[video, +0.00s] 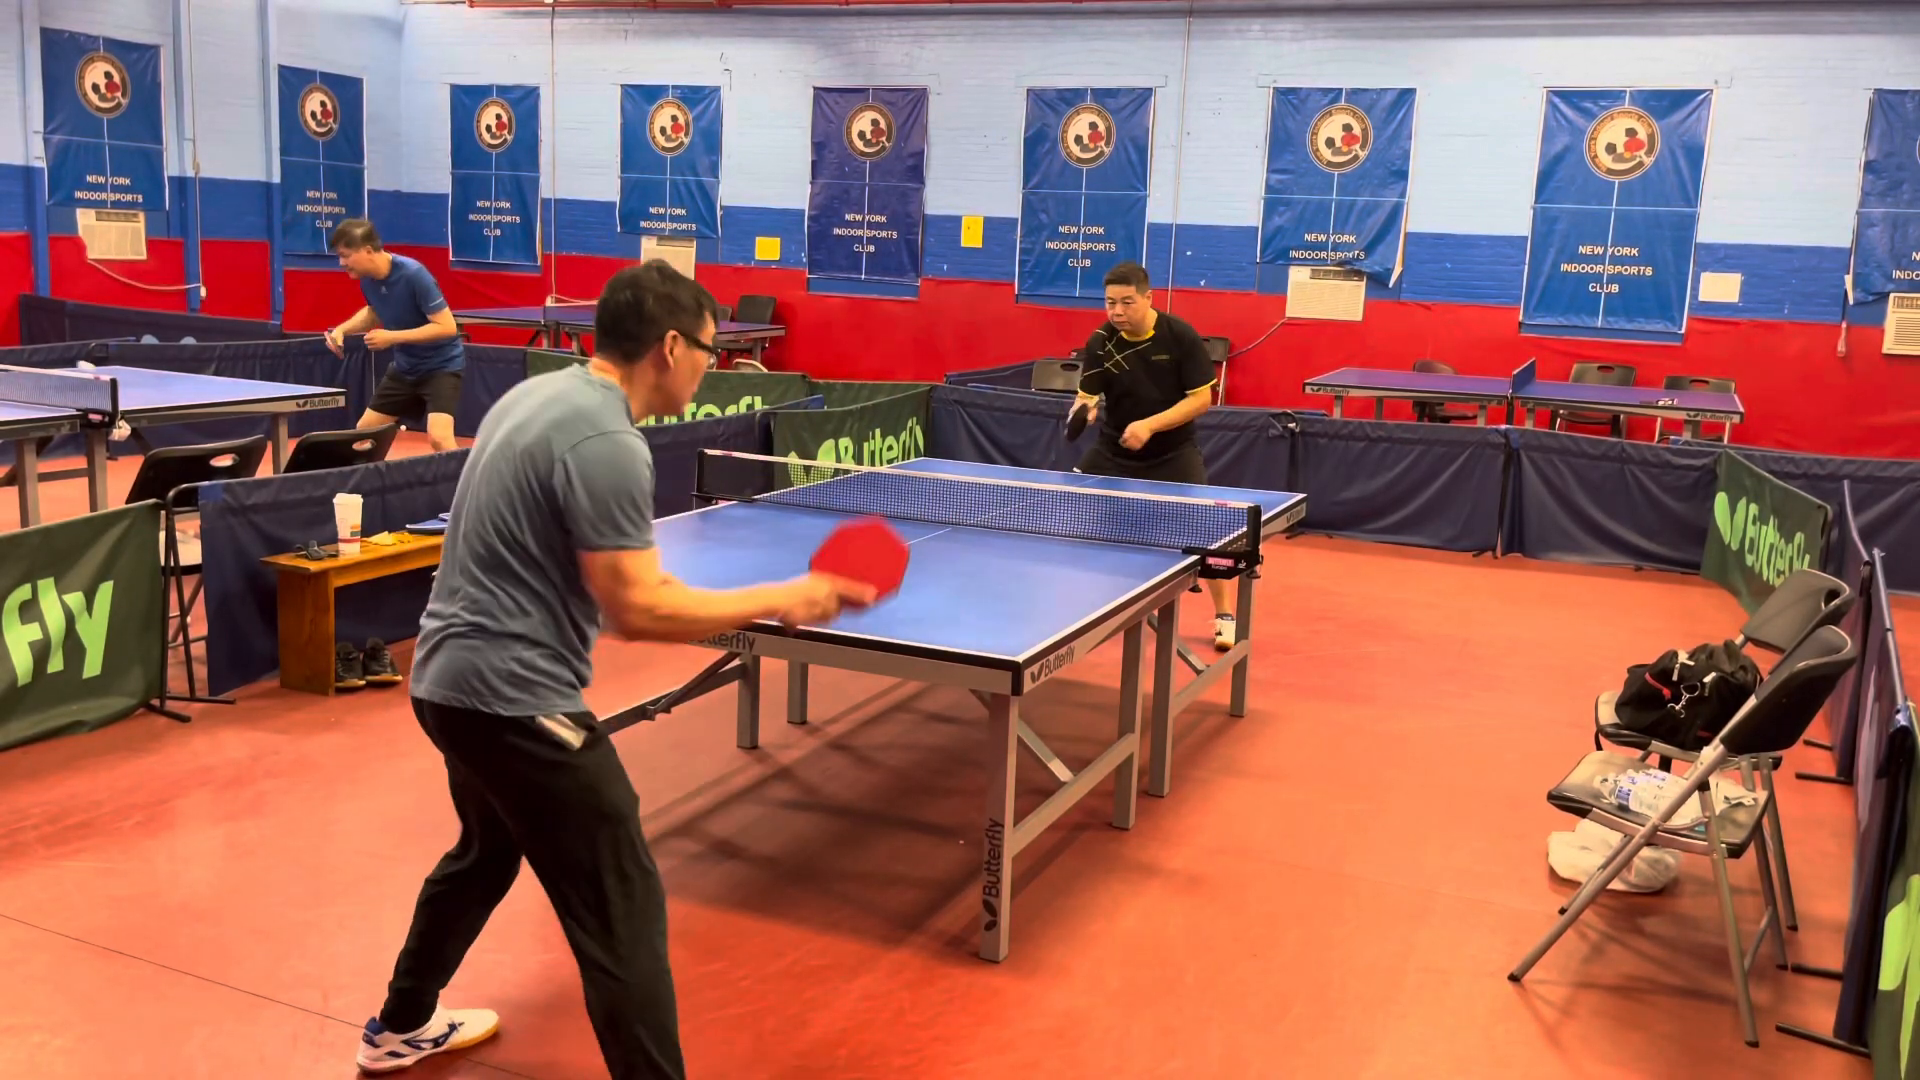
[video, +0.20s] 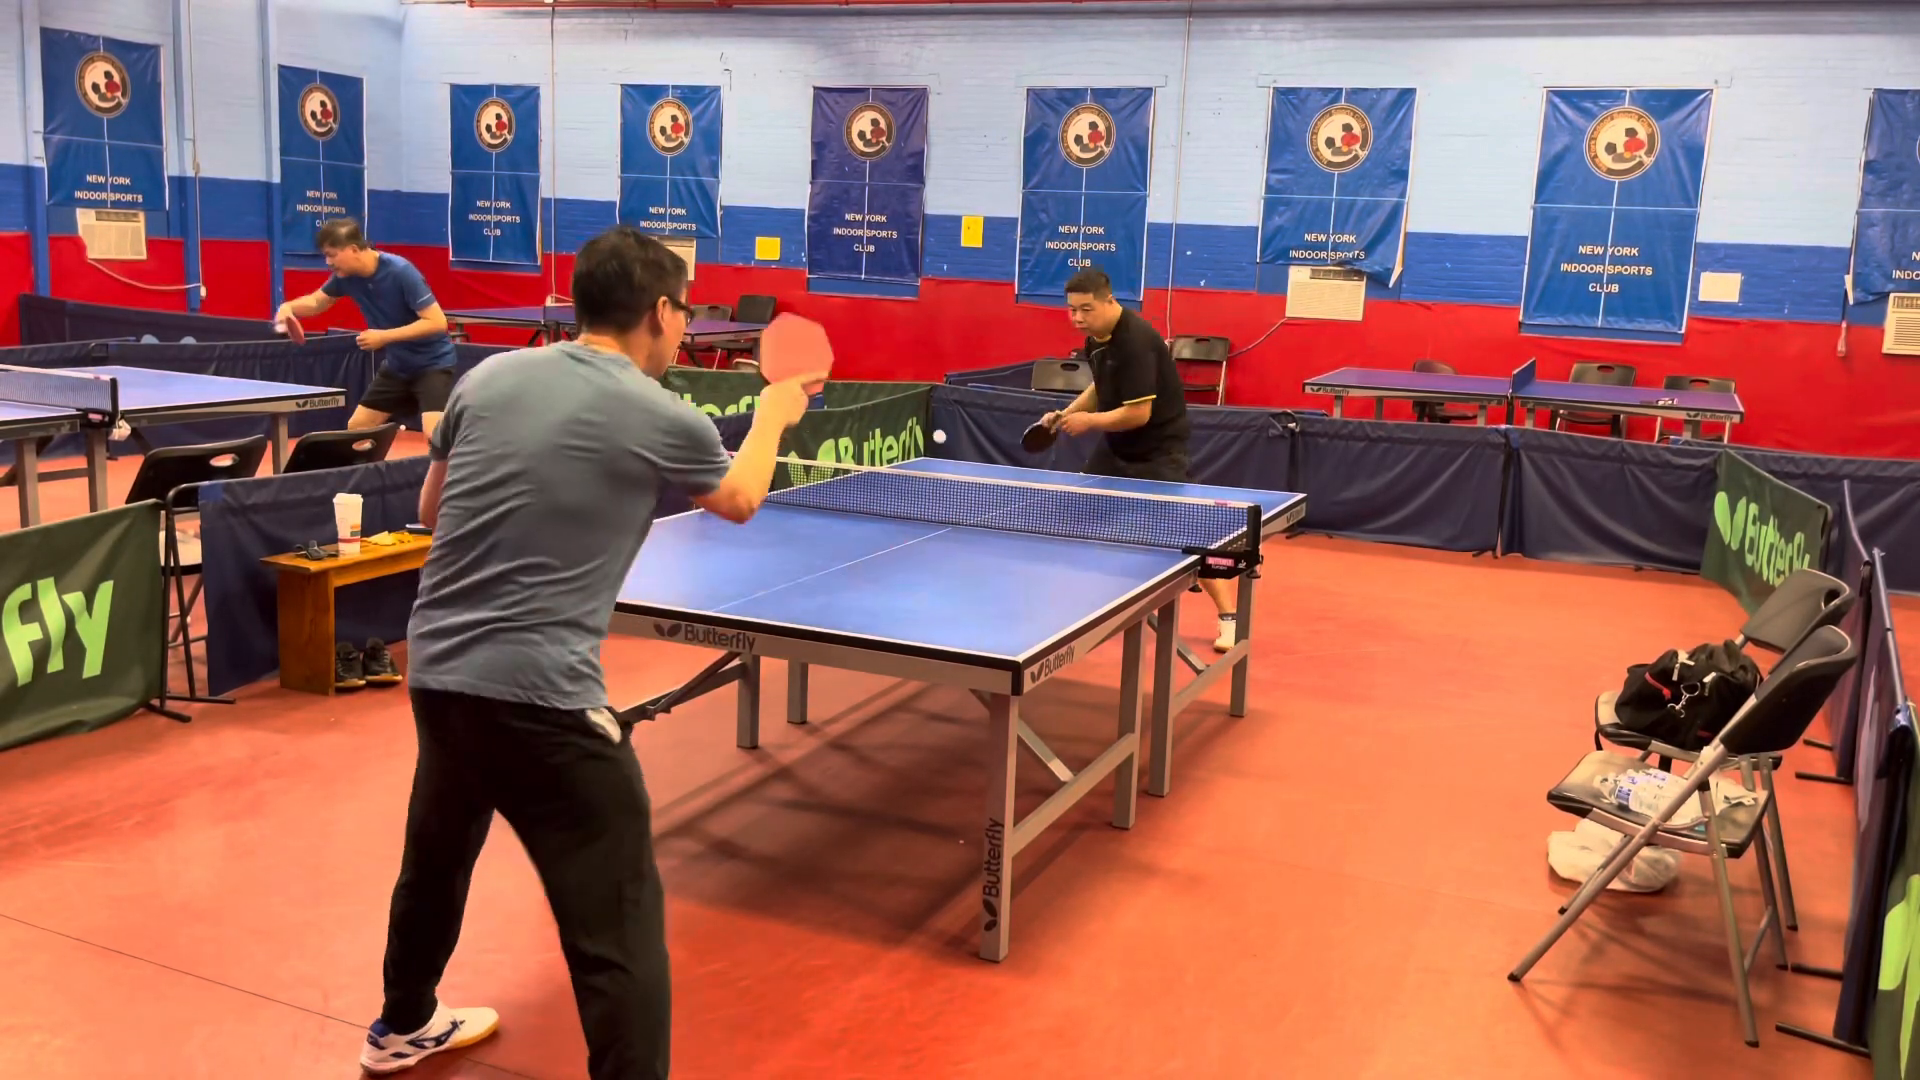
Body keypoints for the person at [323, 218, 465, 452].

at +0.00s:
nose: (342, 264)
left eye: (345, 256)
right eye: (340, 257)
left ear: (368, 251)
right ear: (366, 252)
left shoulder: (415, 274)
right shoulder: (368, 281)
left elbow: (447, 327)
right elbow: (375, 312)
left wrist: (393, 337)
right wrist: (342, 330)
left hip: (442, 365)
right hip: (404, 366)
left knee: (439, 436)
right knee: (364, 432)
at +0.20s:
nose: (328, 263)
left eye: (331, 256)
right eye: (326, 257)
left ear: (353, 250)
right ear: (351, 251)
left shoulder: (402, 272)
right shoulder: (346, 276)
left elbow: (438, 323)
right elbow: (318, 301)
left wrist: (384, 336)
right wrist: (288, 307)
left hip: (434, 363)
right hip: (397, 364)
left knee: (435, 433)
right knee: (357, 428)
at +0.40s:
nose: (314, 250)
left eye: (317, 242)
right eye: (312, 243)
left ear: (340, 236)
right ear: (335, 238)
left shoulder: (387, 261)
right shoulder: (325, 263)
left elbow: (424, 308)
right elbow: (292, 287)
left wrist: (374, 322)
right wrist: (261, 303)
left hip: (412, 356)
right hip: (372, 357)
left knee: (416, 428)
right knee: (346, 426)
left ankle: (452, 490)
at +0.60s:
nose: (308, 244)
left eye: (312, 237)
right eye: (306, 238)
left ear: (335, 232)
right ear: (331, 233)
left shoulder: (381, 257)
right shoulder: (316, 259)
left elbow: (417, 305)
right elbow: (295, 298)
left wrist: (369, 320)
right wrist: (276, 318)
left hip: (400, 352)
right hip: (360, 352)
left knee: (391, 427)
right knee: (336, 419)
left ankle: (403, 491)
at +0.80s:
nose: (303, 246)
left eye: (308, 239)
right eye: (301, 239)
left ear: (331, 235)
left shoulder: (374, 263)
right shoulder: (315, 262)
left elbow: (406, 314)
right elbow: (306, 307)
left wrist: (355, 326)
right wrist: (283, 331)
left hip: (389, 355)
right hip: (349, 354)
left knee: (379, 426)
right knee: (315, 413)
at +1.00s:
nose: (283, 241)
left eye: (288, 234)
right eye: (281, 235)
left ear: (311, 232)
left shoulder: (353, 261)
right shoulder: (296, 263)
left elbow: (388, 311)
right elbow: (296, 304)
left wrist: (339, 325)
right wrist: (272, 332)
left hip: (373, 354)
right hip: (335, 355)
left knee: (367, 426)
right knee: (316, 421)